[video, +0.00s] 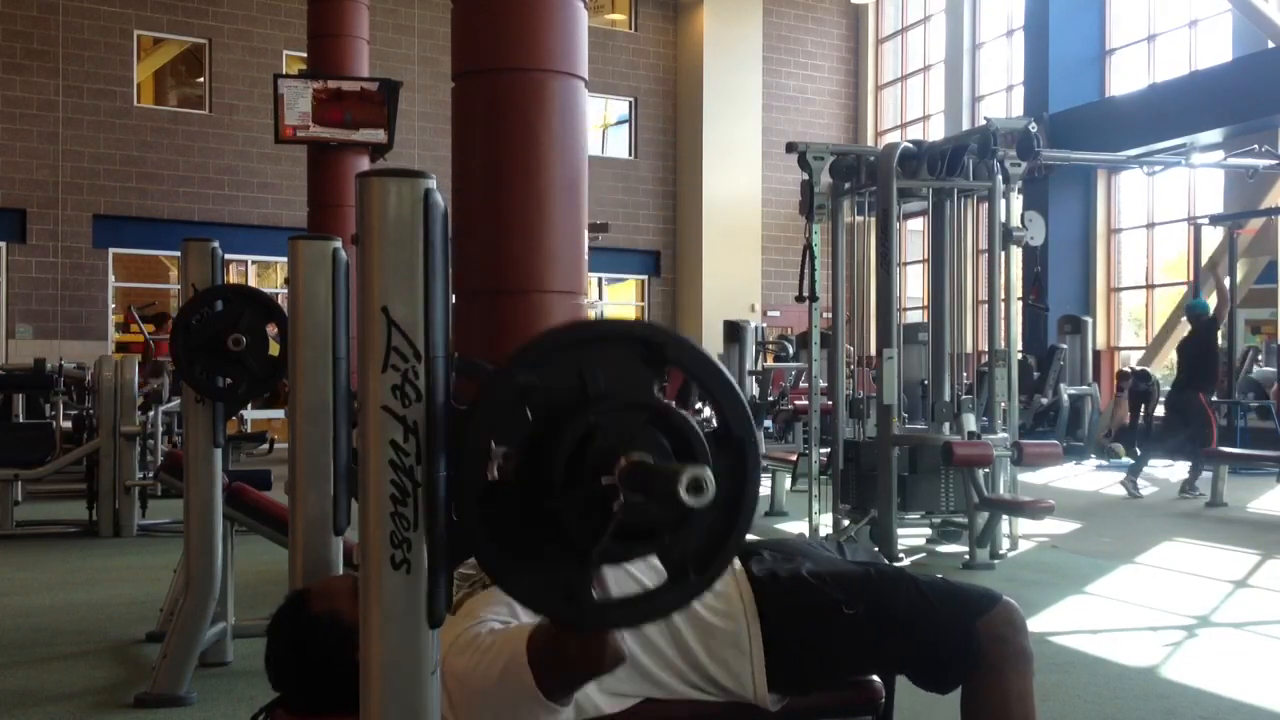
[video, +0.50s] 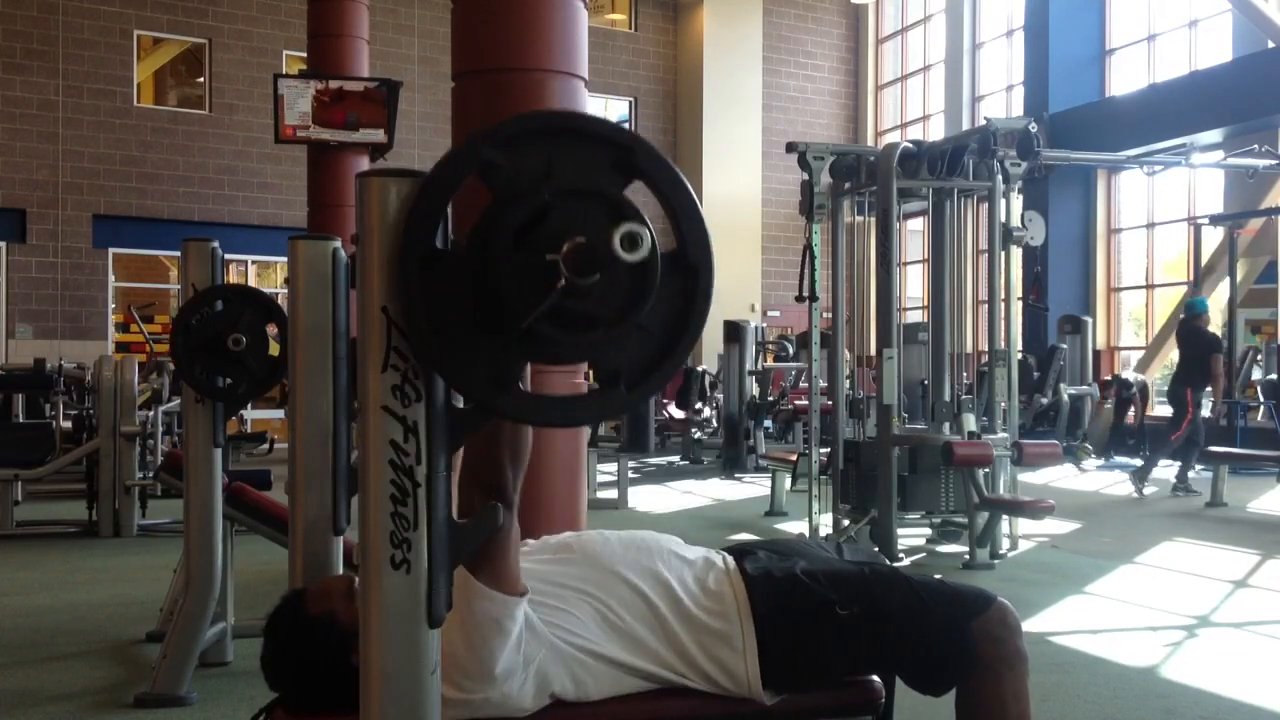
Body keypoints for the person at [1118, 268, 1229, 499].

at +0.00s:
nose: (1210, 314)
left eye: (1200, 312)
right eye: (1207, 312)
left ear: (1189, 318)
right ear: (1206, 314)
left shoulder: (1184, 343)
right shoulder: (1209, 329)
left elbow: (1182, 372)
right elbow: (1224, 301)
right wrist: (1217, 275)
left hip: (1176, 394)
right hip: (1195, 395)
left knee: (1163, 437)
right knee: (1208, 438)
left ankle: (1132, 476)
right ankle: (1190, 484)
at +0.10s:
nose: (1209, 317)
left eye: (1204, 313)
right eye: (1207, 313)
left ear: (1188, 319)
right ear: (1205, 316)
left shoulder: (1184, 343)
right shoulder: (1209, 332)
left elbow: (1183, 372)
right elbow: (1228, 304)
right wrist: (1223, 278)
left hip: (1176, 394)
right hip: (1196, 395)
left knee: (1166, 437)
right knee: (1208, 439)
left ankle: (1132, 476)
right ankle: (1190, 484)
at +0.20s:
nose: (1207, 305)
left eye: (1205, 302)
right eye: (1204, 302)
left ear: (1186, 306)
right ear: (1201, 304)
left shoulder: (1183, 327)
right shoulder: (1209, 319)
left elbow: (1203, 353)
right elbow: (1238, 310)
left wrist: (1222, 370)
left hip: (1173, 381)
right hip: (1191, 383)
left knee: (1171, 429)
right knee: (1193, 432)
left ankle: (1145, 468)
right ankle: (1189, 481)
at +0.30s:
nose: (1206, 298)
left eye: (1204, 296)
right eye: (1205, 295)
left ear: (1185, 298)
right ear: (1201, 295)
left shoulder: (1180, 316)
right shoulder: (1209, 312)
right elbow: (1242, 324)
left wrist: (1227, 318)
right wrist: (1266, 332)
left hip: (1172, 373)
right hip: (1189, 376)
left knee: (1174, 419)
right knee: (1185, 421)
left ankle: (1170, 471)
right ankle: (1170, 472)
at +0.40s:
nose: (1205, 303)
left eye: (1203, 300)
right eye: (1204, 300)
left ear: (1185, 301)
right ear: (1201, 301)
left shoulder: (1180, 318)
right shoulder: (1211, 322)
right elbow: (1232, 349)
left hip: (1174, 376)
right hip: (1190, 379)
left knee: (1185, 426)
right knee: (1182, 425)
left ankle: (1183, 476)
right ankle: (1152, 467)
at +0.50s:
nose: (1209, 317)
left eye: (1208, 314)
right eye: (1207, 314)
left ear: (1188, 316)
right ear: (1204, 316)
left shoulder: (1182, 331)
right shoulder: (1213, 340)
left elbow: (1184, 316)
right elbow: (1217, 373)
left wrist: (1190, 297)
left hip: (1177, 388)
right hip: (1190, 391)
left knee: (1196, 438)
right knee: (1176, 435)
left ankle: (1182, 481)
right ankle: (1142, 473)